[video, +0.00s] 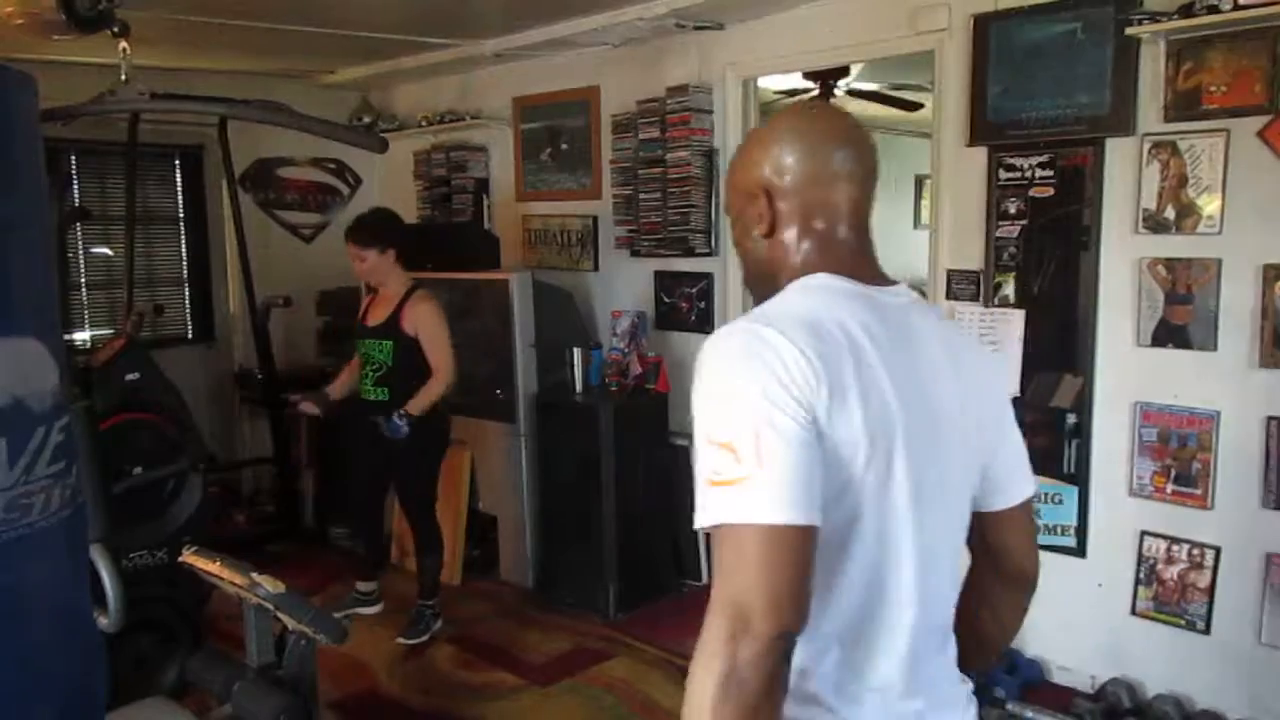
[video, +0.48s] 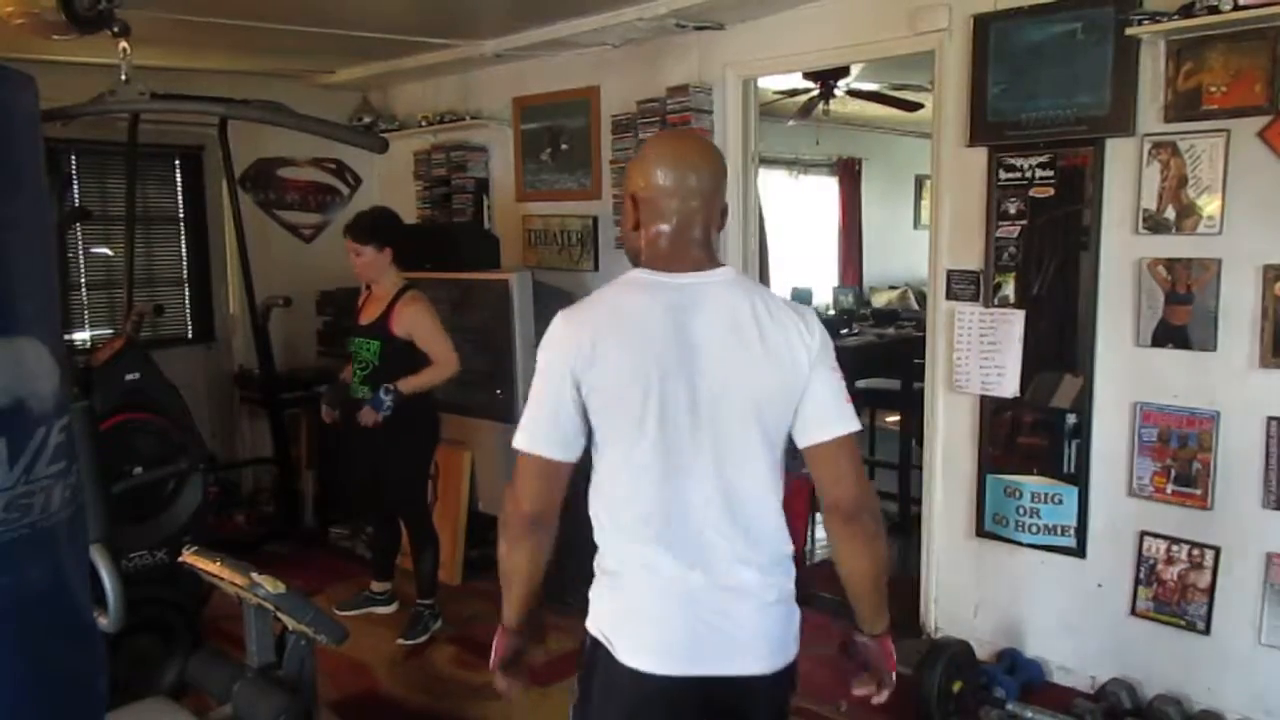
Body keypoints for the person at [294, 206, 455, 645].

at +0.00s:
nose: (354, 268)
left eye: (361, 259)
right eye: (352, 259)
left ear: (390, 255)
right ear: (371, 256)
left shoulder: (421, 306)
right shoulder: (371, 300)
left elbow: (444, 374)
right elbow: (362, 362)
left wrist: (407, 414)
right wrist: (326, 398)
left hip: (416, 426)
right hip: (372, 424)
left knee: (419, 511)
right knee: (367, 505)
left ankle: (428, 605)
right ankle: (368, 589)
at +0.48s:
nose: (352, 262)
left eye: (359, 253)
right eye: (350, 254)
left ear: (387, 253)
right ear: (358, 253)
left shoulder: (411, 306)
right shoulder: (367, 297)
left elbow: (448, 363)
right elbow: (366, 357)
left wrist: (391, 394)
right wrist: (339, 390)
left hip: (409, 427)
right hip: (372, 424)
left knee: (414, 512)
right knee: (380, 508)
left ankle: (427, 606)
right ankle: (381, 589)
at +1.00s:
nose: (352, 260)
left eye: (359, 252)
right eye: (350, 252)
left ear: (386, 253)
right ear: (358, 255)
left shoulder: (413, 305)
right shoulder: (364, 301)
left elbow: (392, 368)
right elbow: (337, 347)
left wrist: (336, 356)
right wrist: (305, 348)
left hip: (408, 425)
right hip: (370, 423)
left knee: (413, 511)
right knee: (381, 508)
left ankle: (427, 605)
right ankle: (381, 590)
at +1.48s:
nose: (339, 260)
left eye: (345, 251)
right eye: (338, 252)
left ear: (371, 252)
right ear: (361, 254)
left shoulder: (402, 306)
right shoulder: (364, 302)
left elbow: (408, 377)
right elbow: (351, 361)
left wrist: (348, 406)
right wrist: (311, 389)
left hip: (408, 421)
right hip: (375, 418)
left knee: (412, 510)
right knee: (381, 505)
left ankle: (427, 606)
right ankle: (381, 590)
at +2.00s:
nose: (314, 263)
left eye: (316, 256)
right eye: (315, 255)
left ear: (325, 261)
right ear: (356, 255)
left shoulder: (348, 312)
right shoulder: (368, 301)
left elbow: (367, 376)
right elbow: (378, 369)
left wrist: (348, 437)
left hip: (363, 424)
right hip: (378, 417)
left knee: (354, 509)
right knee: (371, 503)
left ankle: (405, 593)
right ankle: (383, 584)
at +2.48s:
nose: (289, 262)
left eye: (290, 255)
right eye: (290, 254)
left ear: (298, 258)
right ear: (332, 254)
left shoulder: (303, 310)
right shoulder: (353, 302)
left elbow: (309, 376)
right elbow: (372, 364)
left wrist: (291, 436)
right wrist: (362, 404)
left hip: (321, 425)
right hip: (357, 419)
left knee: (300, 506)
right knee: (362, 503)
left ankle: (294, 589)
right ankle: (379, 586)